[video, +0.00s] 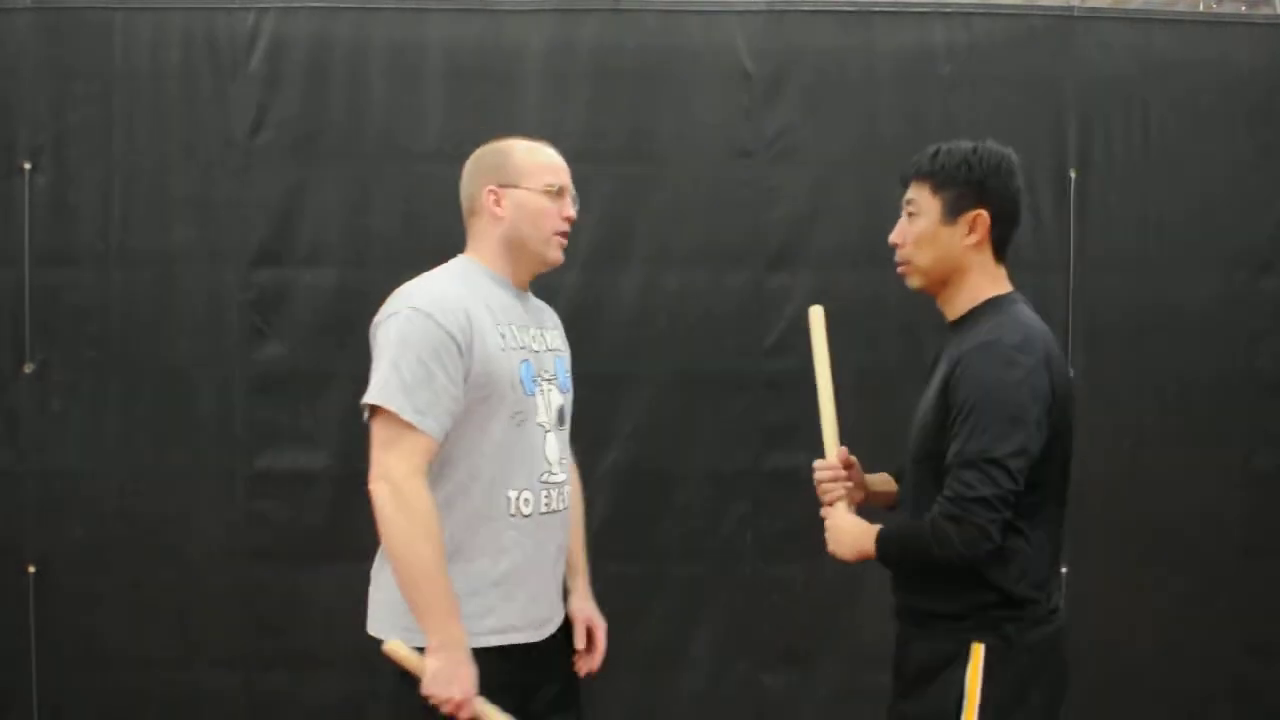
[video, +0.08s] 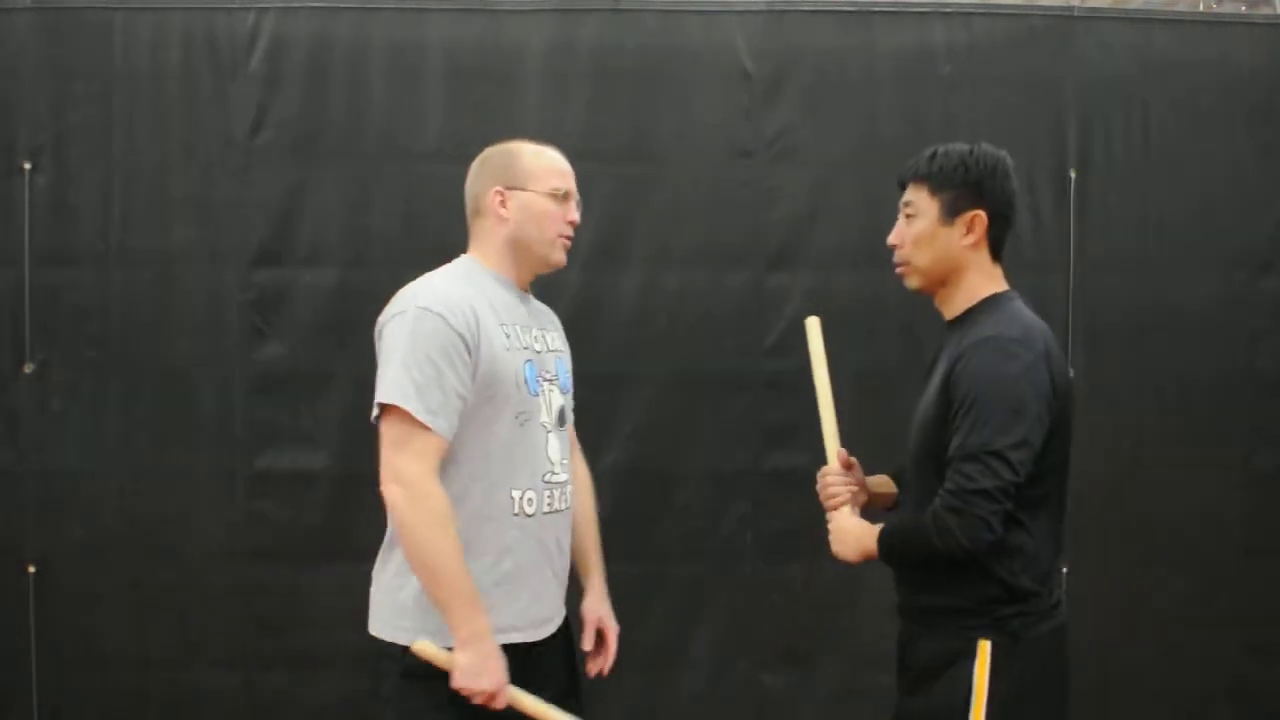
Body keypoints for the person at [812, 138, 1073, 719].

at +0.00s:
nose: (893, 236)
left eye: (912, 215)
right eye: (901, 216)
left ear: (974, 228)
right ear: (967, 229)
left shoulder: (1003, 354)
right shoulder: (978, 342)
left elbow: (970, 531)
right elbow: (957, 486)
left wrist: (871, 540)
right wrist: (875, 490)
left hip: (984, 656)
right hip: (957, 647)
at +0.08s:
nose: (892, 238)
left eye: (910, 217)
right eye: (899, 218)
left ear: (971, 228)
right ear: (965, 230)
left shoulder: (1004, 351)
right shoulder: (975, 342)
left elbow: (971, 523)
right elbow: (954, 483)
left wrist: (873, 540)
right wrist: (875, 491)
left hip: (988, 654)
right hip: (957, 646)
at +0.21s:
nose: (890, 239)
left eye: (909, 218)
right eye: (897, 218)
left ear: (969, 230)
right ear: (963, 232)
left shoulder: (1003, 349)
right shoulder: (972, 342)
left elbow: (968, 520)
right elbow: (951, 483)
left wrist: (875, 539)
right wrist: (878, 491)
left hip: (993, 655)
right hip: (960, 648)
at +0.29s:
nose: (890, 239)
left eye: (909, 218)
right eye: (897, 219)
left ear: (968, 231)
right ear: (963, 233)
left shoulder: (1000, 350)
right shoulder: (976, 342)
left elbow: (962, 521)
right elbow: (960, 486)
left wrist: (872, 541)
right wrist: (881, 490)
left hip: (992, 651)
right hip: (965, 644)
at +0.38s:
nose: (890, 238)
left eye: (909, 217)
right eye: (897, 218)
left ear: (969, 229)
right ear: (963, 231)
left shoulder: (999, 350)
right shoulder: (977, 340)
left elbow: (955, 521)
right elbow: (965, 481)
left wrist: (867, 540)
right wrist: (881, 487)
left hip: (993, 649)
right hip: (966, 641)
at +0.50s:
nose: (889, 237)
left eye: (908, 217)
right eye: (896, 217)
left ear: (967, 231)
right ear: (962, 233)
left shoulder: (996, 352)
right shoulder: (981, 340)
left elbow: (952, 526)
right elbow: (968, 480)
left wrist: (864, 543)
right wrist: (880, 488)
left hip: (994, 654)